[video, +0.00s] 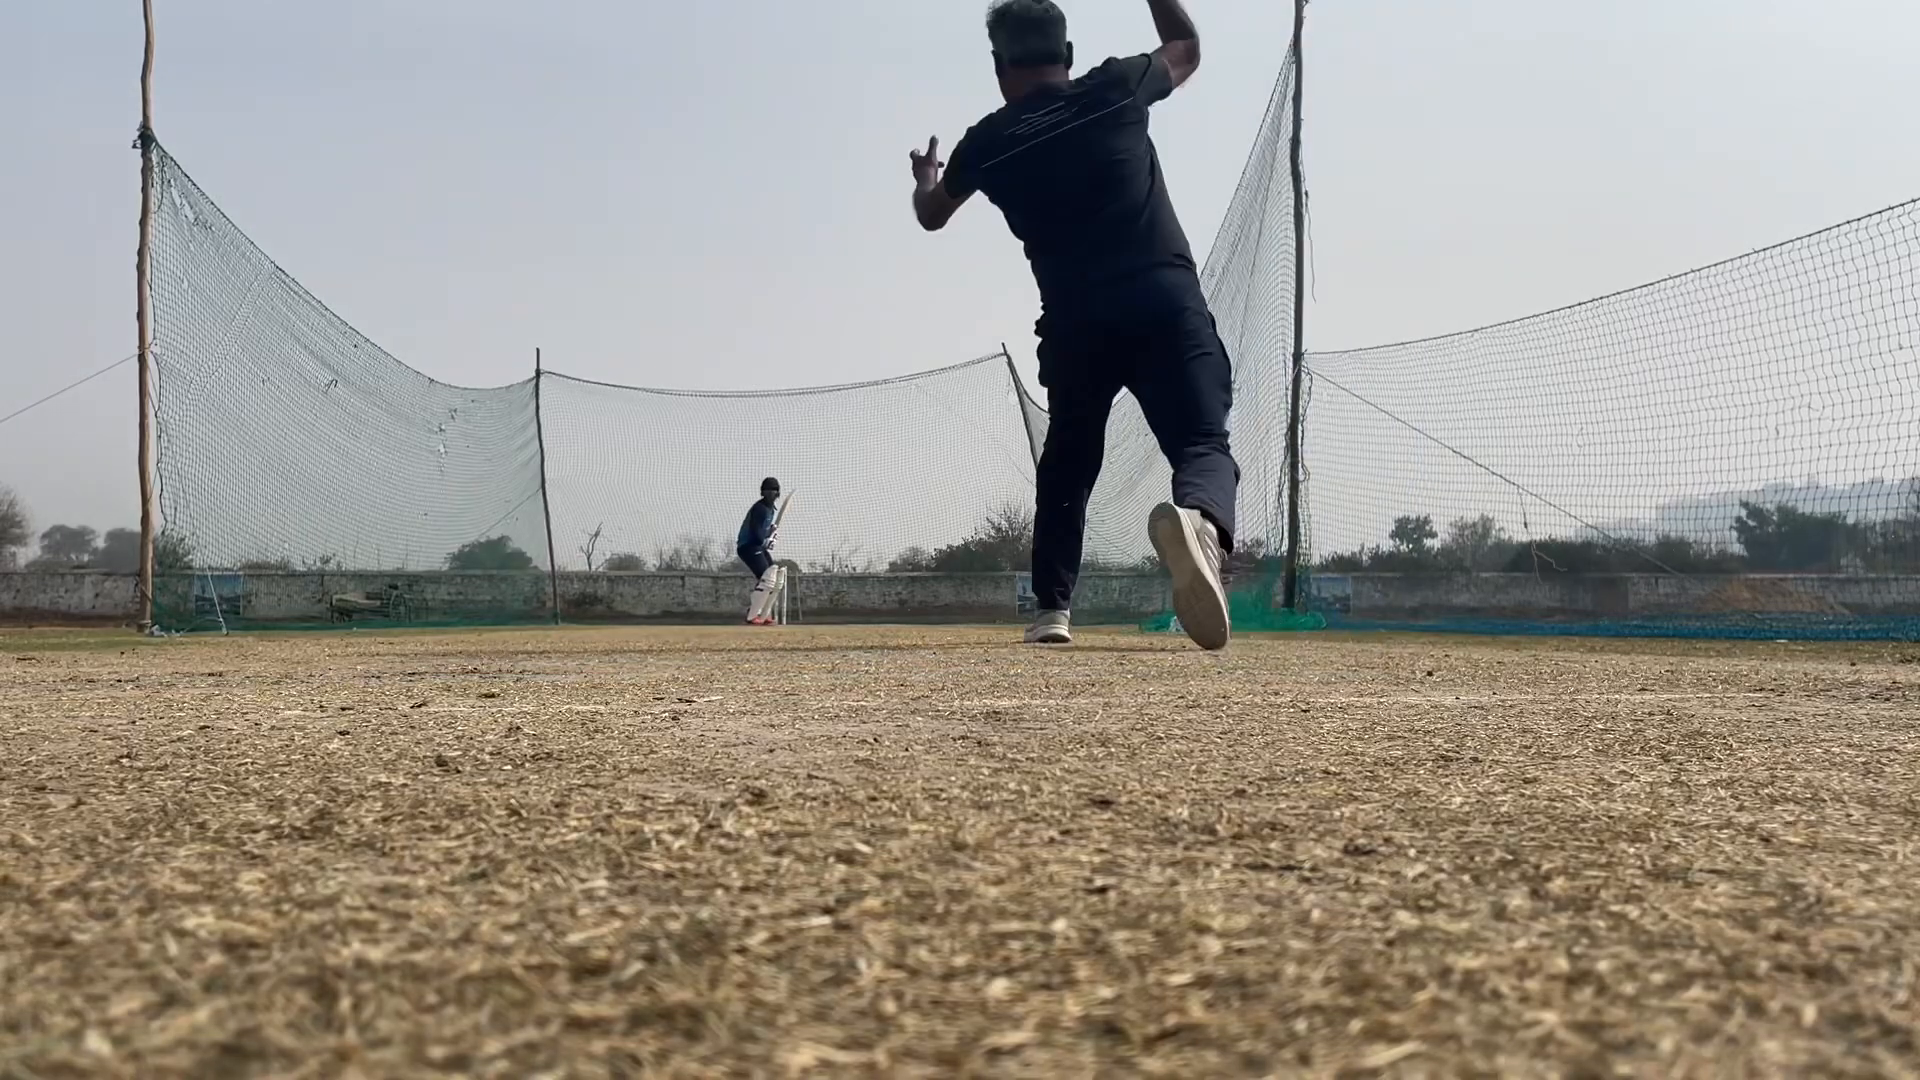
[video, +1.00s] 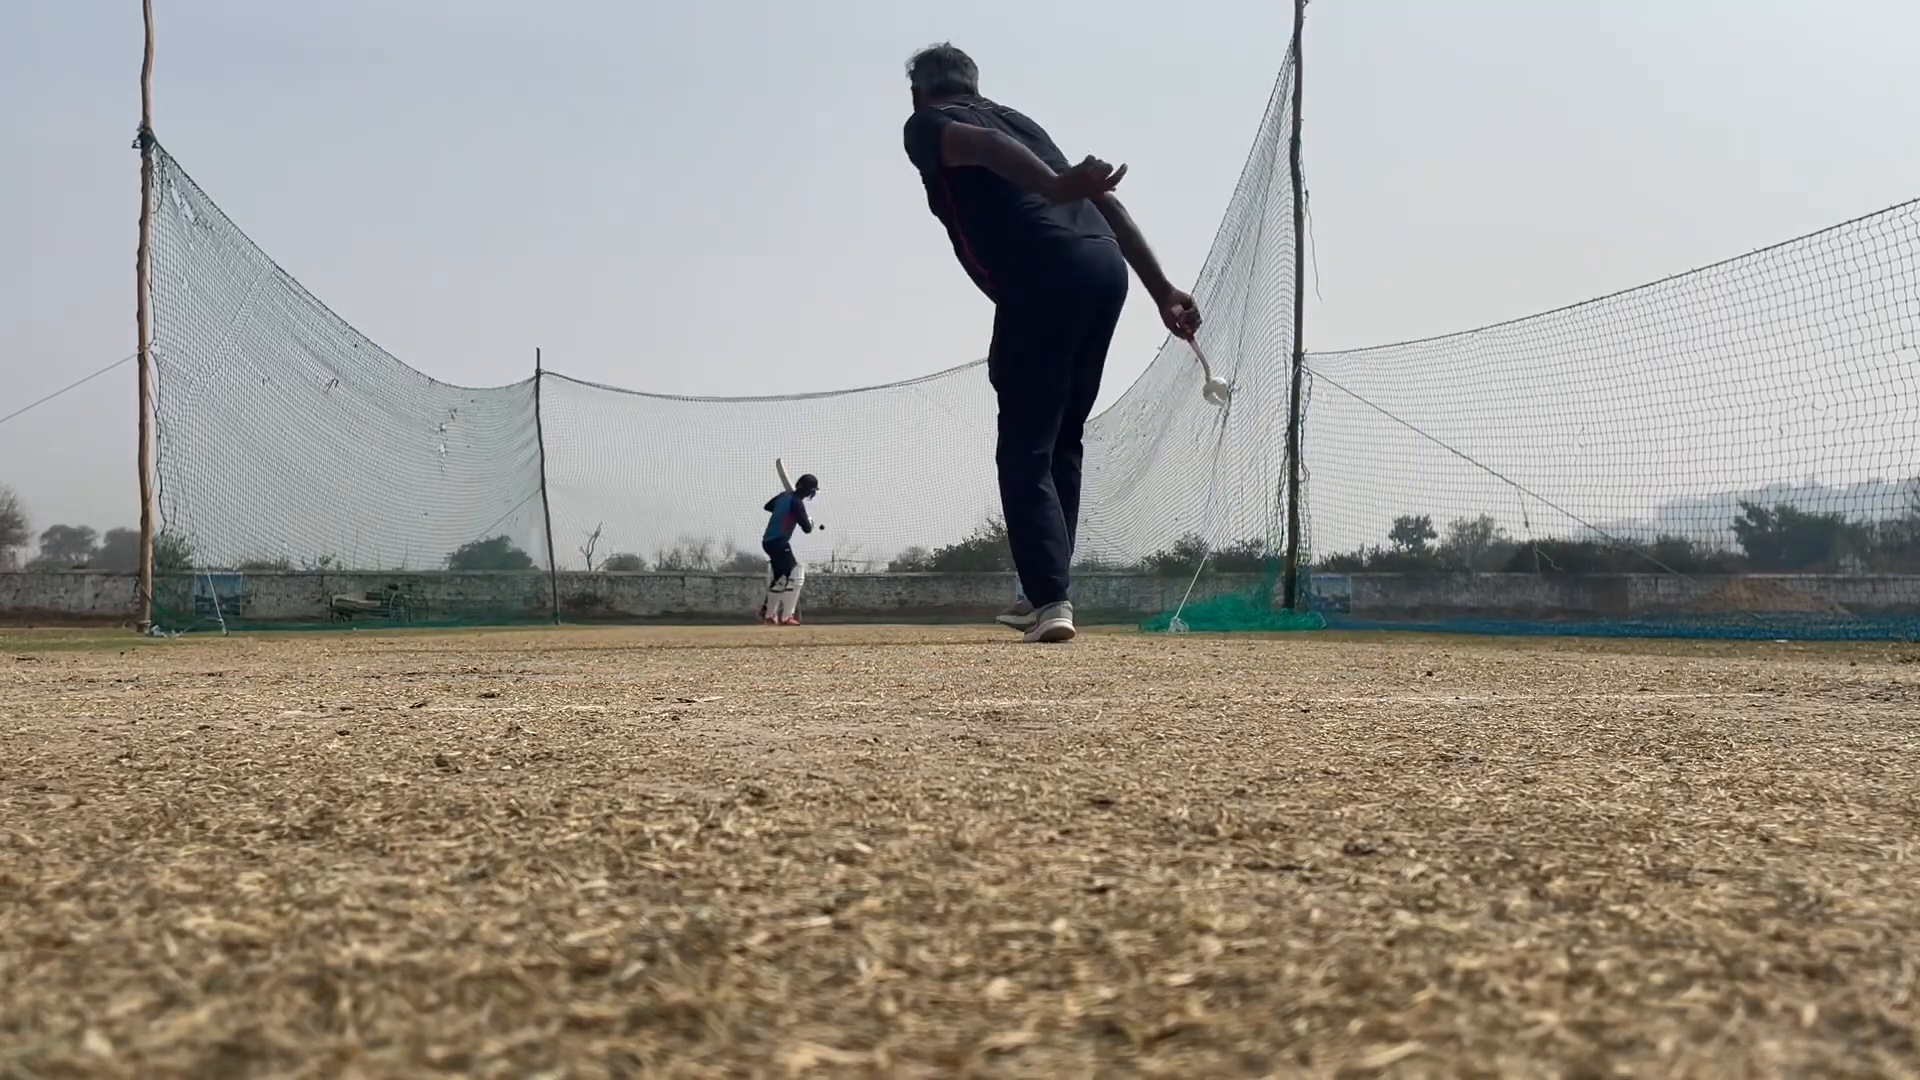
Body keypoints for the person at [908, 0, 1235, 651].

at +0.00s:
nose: (998, 75)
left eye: (997, 65)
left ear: (1002, 67)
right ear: (1064, 55)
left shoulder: (985, 143)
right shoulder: (1117, 83)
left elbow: (932, 214)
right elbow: (1184, 47)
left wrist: (925, 181)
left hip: (1075, 323)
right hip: (1164, 298)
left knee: (1067, 465)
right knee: (1201, 437)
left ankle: (1052, 612)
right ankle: (1200, 523)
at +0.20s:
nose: (942, 137)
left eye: (941, 128)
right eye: (943, 130)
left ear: (948, 121)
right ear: (999, 109)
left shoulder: (969, 132)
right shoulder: (1045, 149)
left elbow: (985, 164)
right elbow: (1058, 285)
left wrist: (972, 206)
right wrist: (1003, 373)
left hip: (1073, 288)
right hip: (1152, 249)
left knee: (1056, 456)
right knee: (1223, 368)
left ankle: (1053, 610)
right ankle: (1245, 404)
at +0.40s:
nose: (920, 178)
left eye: (918, 159)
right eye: (915, 165)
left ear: (936, 141)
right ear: (939, 157)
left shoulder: (959, 125)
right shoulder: (987, 219)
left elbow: (908, 40)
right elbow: (994, 304)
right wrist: (938, 340)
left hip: (1095, 281)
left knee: (1054, 445)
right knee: (1276, 340)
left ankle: (1053, 610)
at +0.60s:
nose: (917, 114)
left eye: (919, 104)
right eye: (925, 105)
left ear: (929, 98)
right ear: (978, 94)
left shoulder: (936, 120)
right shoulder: (1018, 134)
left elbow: (835, 179)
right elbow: (1038, 273)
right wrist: (989, 362)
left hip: (1072, 287)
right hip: (1137, 257)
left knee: (1045, 459)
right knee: (1218, 381)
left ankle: (1054, 612)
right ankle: (1360, 311)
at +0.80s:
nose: (913, 119)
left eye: (911, 109)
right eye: (912, 109)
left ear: (918, 102)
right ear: (969, 94)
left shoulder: (930, 143)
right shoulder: (1012, 125)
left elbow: (952, 242)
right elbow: (1053, 212)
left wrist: (963, 359)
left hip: (1054, 278)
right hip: (1121, 255)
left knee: (1031, 453)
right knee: (1109, 407)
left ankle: (1050, 606)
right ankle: (1232, 489)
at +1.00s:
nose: (916, 102)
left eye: (915, 94)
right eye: (918, 94)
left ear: (919, 91)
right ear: (974, 86)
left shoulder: (925, 123)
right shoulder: (1022, 124)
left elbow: (986, 146)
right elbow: (1104, 202)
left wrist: (1056, 185)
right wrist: (1162, 288)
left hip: (1042, 275)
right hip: (1105, 270)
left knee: (1024, 447)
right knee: (1064, 440)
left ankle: (1050, 603)